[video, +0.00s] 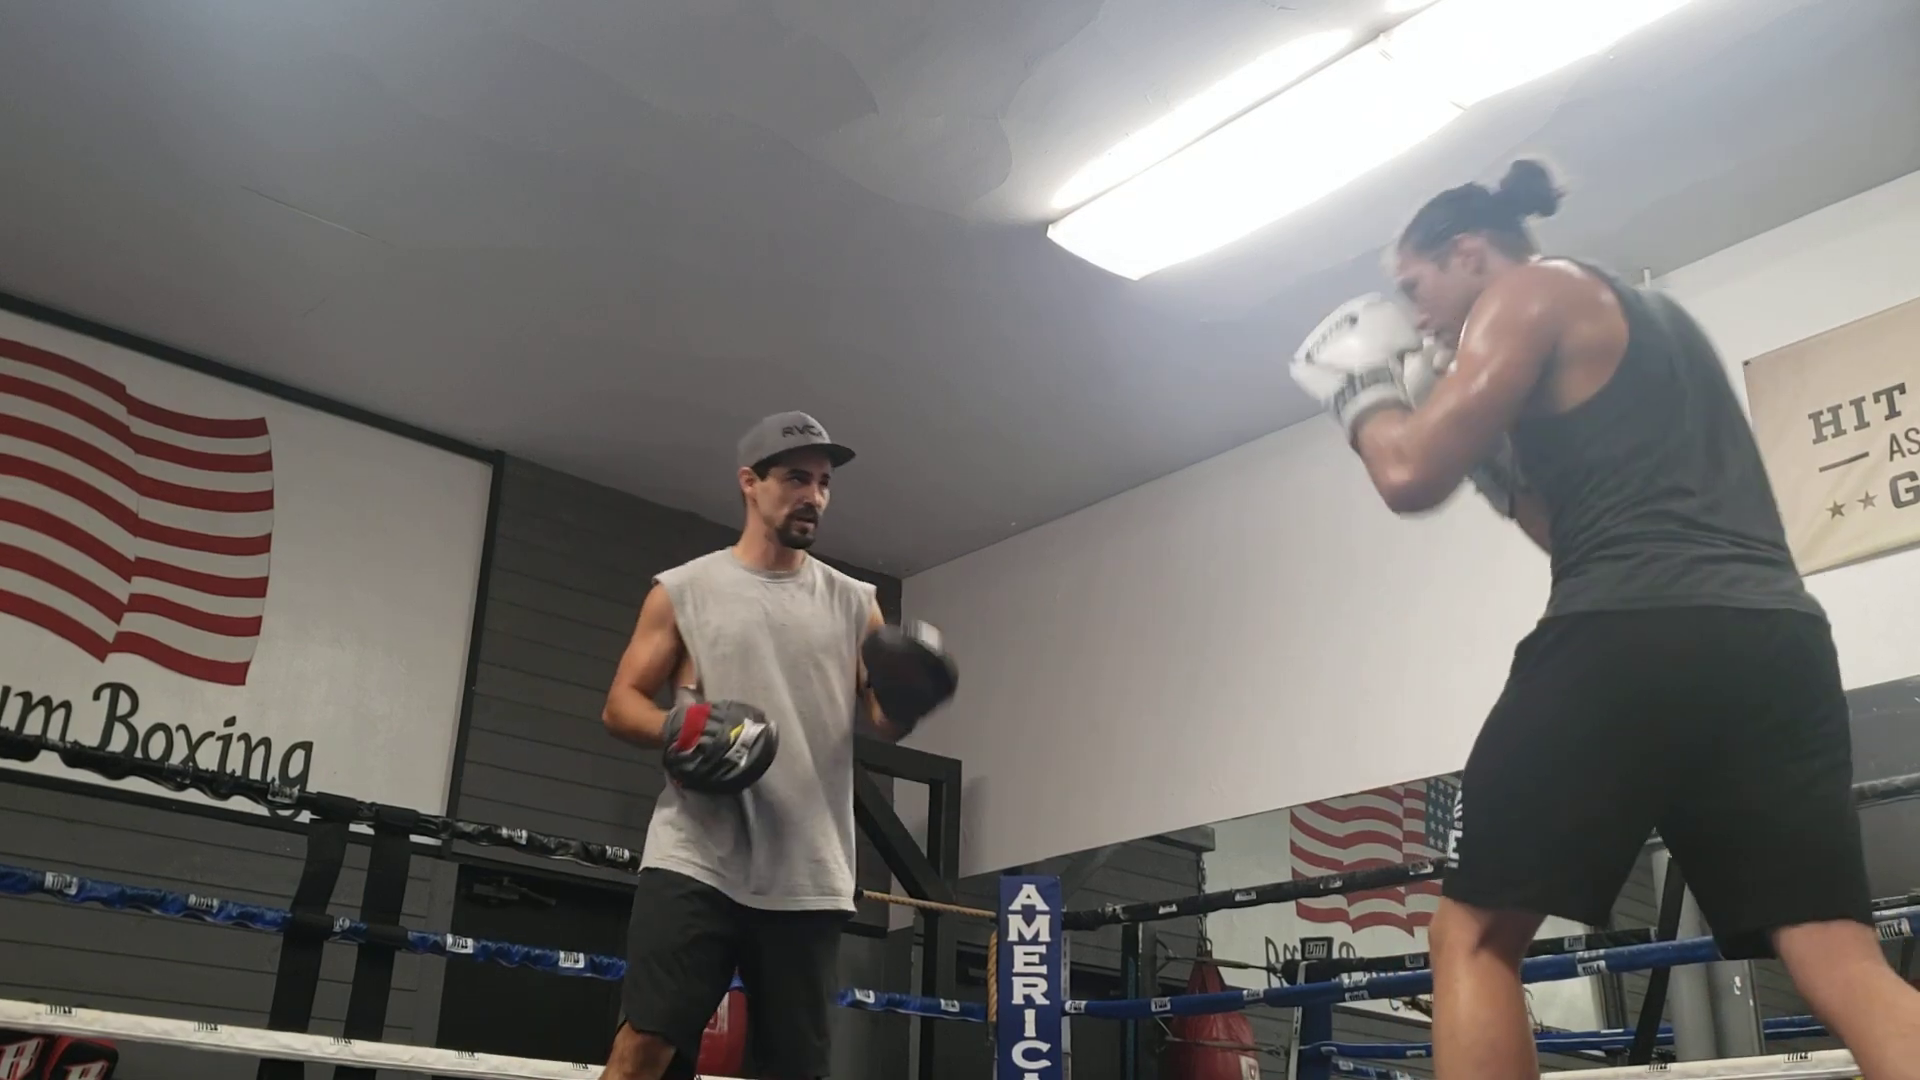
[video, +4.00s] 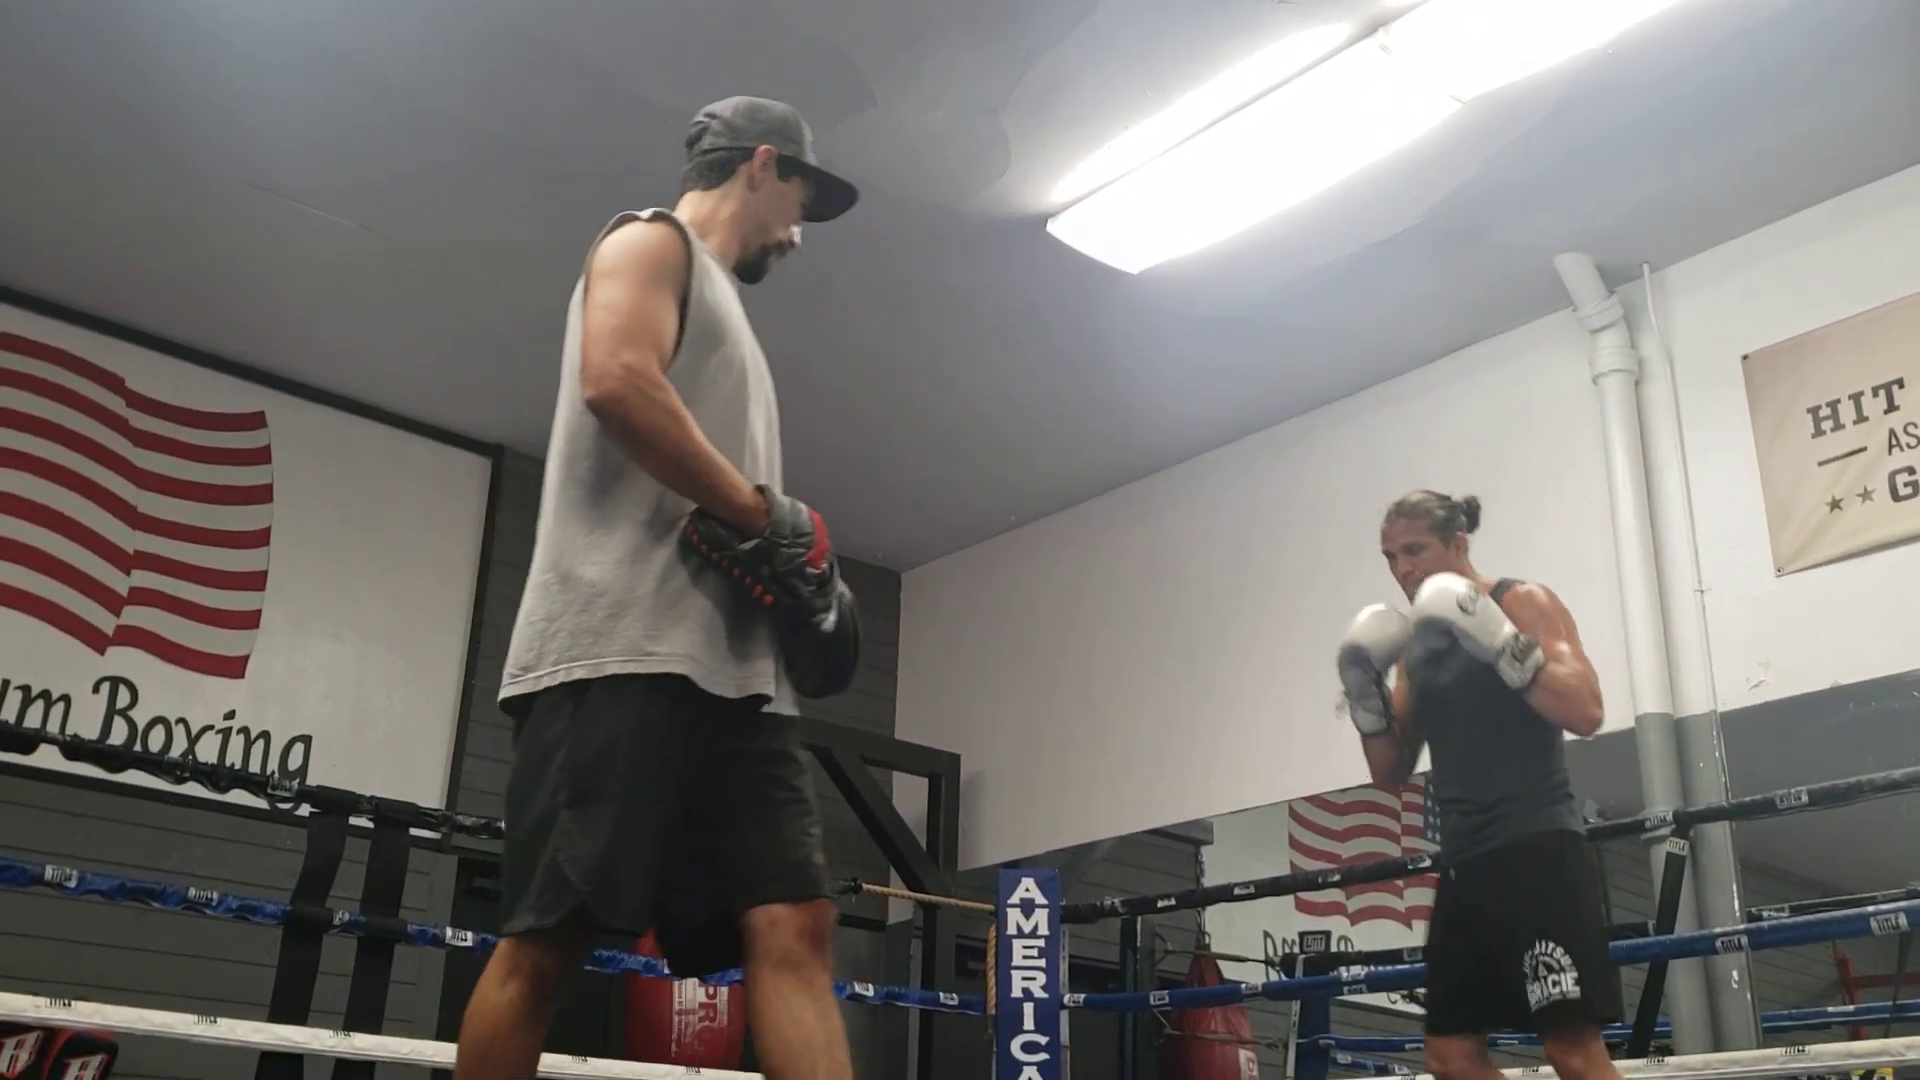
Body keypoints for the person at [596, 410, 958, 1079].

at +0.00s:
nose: (814, 495)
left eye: (822, 482)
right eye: (795, 477)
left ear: (832, 493)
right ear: (750, 484)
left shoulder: (858, 603)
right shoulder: (682, 591)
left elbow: (881, 722)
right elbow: (623, 704)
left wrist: (912, 691)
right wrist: (679, 729)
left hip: (808, 873)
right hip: (695, 859)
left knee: (795, 1067)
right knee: (644, 1050)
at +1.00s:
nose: (841, 378)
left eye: (850, 364)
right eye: (830, 352)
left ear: (845, 378)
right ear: (768, 338)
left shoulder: (837, 494)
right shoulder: (670, 434)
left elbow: (925, 584)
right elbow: (603, 542)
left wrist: (976, 480)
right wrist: (735, 599)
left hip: (793, 795)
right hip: (655, 779)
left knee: (787, 1028)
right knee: (614, 1030)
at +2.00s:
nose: (719, 251)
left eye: (729, 235)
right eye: (714, 220)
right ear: (651, 194)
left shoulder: (667, 373)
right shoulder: (553, 295)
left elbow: (635, 549)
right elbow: (499, 414)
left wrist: (693, 675)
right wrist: (664, 510)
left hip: (657, 708)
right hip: (541, 681)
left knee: (675, 977)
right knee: (467, 953)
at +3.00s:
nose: (781, 424)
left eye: (789, 409)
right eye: (779, 398)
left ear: (737, 380)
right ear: (735, 371)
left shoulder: (695, 475)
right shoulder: (676, 420)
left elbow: (654, 625)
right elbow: (628, 512)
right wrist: (708, 653)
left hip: (631, 746)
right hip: (589, 726)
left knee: (608, 1003)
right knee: (570, 965)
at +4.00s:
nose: (801, 230)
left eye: (810, 211)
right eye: (804, 199)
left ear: (749, 174)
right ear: (760, 166)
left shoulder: (722, 314)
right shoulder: (650, 242)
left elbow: (714, 481)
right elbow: (616, 380)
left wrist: (797, 575)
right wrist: (769, 516)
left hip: (727, 669)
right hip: (615, 648)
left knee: (793, 924)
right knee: (541, 941)